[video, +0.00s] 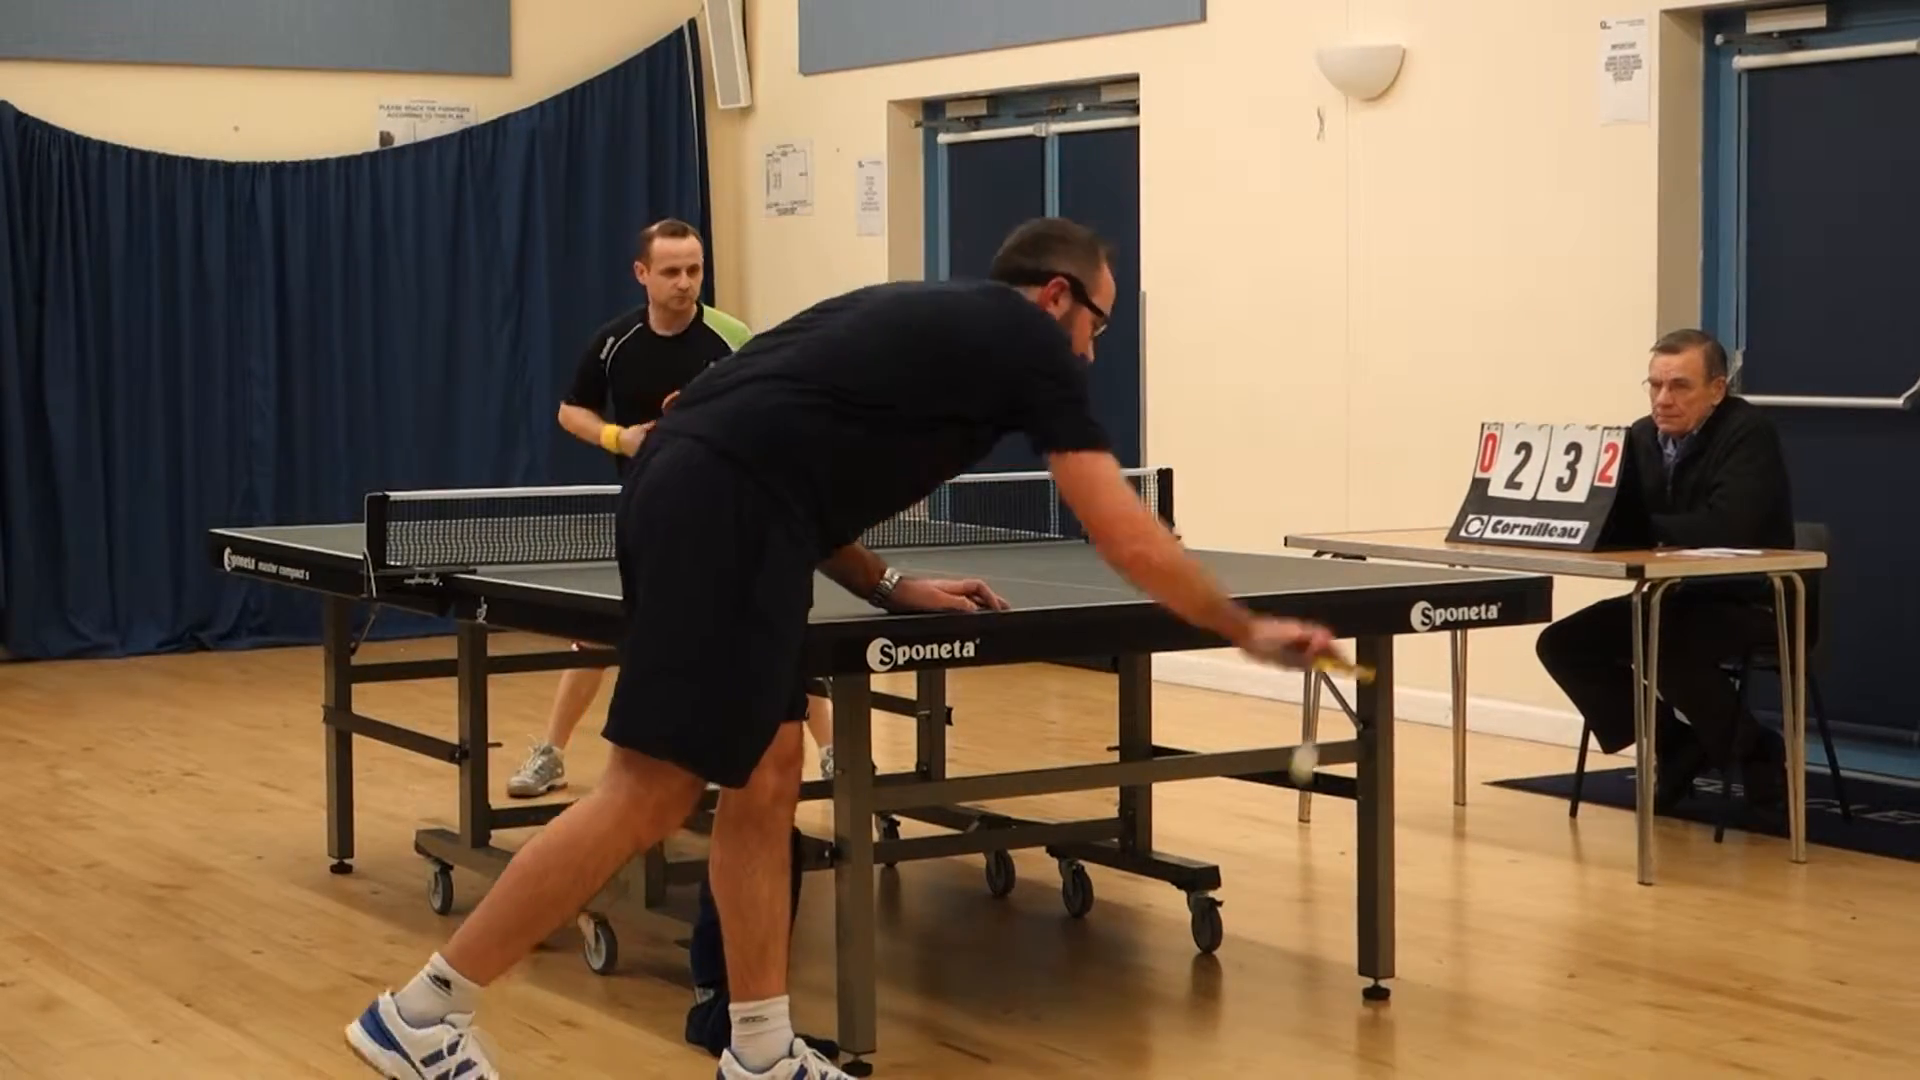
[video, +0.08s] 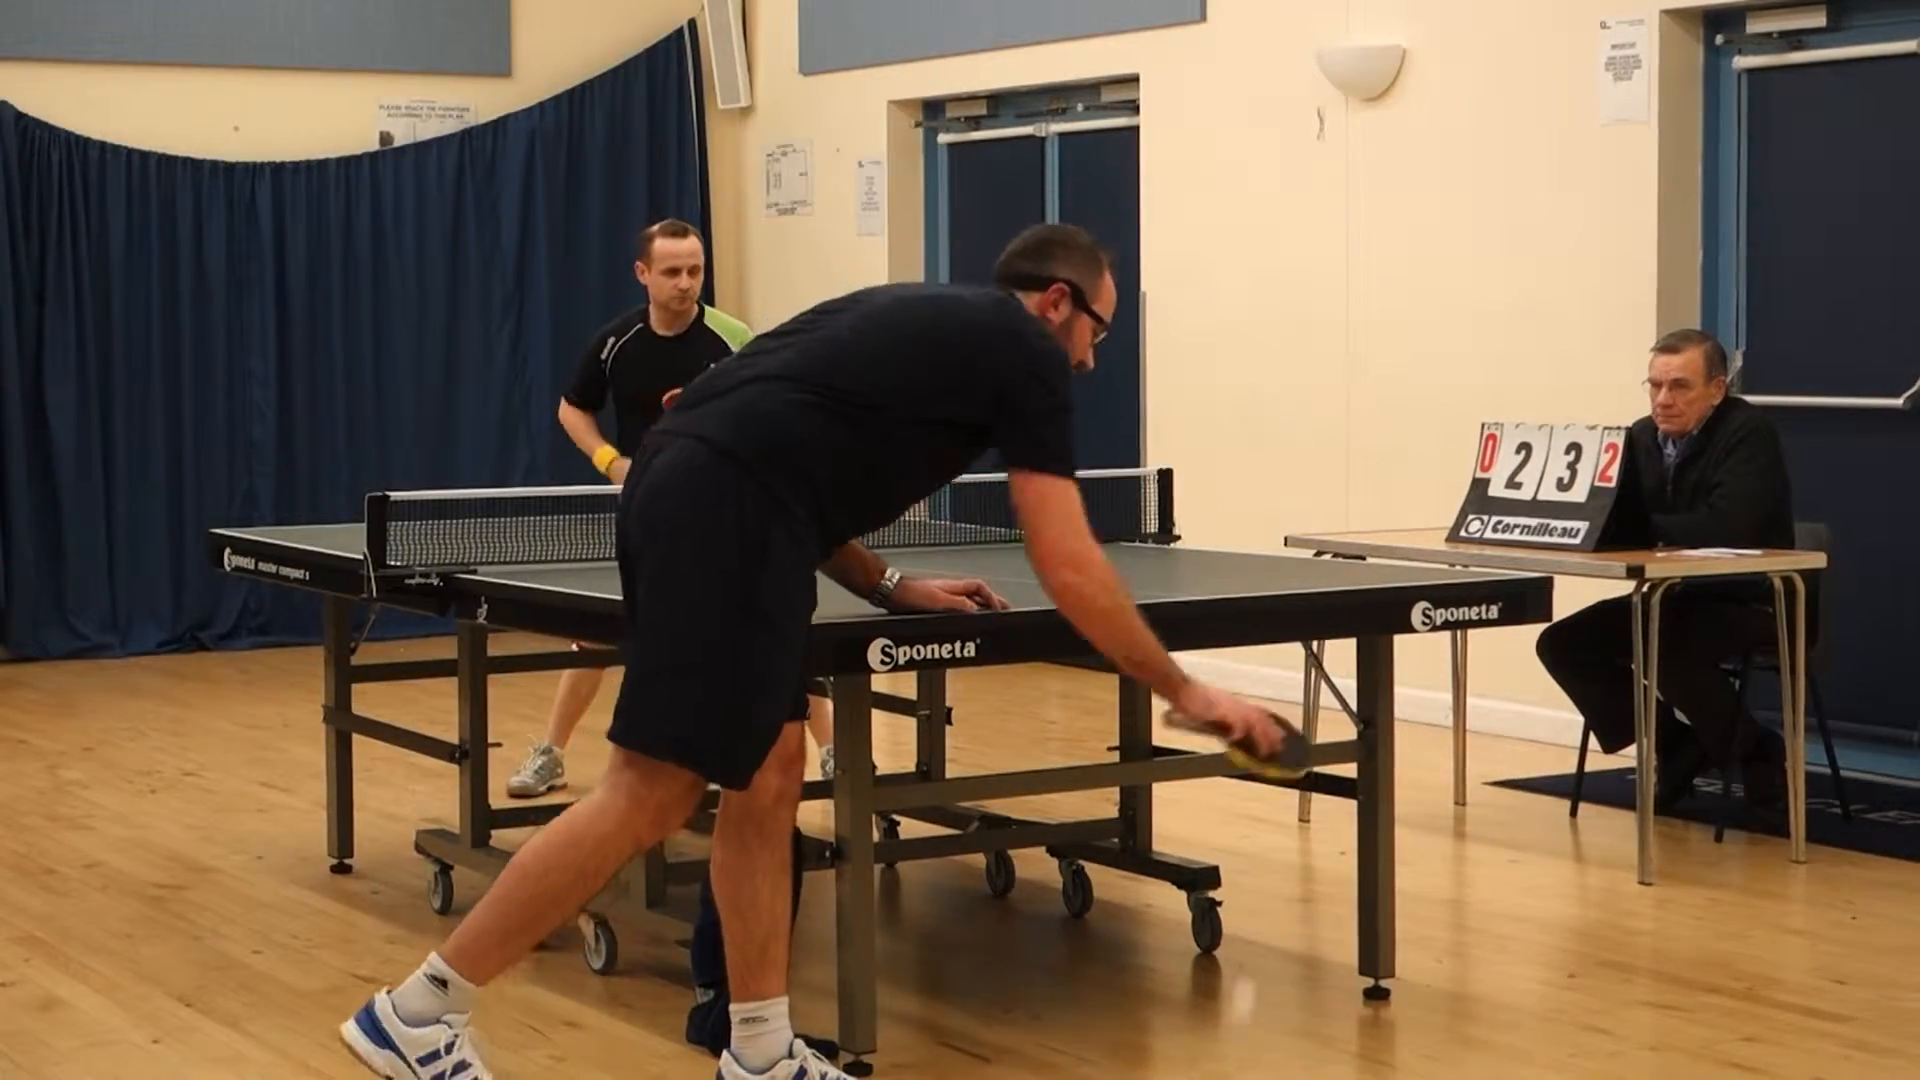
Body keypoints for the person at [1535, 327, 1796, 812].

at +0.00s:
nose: (1663, 399)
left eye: (1679, 386)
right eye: (1656, 384)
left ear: (1717, 390)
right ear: (1647, 385)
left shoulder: (1749, 433)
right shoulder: (1641, 438)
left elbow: (1732, 526)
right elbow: (1609, 517)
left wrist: (1638, 529)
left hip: (1755, 599)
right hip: (1672, 595)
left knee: (1668, 647)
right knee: (1561, 644)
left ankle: (1756, 749)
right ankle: (1675, 743)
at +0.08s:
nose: (1663, 399)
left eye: (1679, 386)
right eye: (1656, 385)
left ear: (1717, 390)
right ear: (1647, 385)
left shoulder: (1749, 433)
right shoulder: (1641, 438)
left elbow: (1731, 526)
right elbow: (1609, 517)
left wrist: (1637, 528)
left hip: (1755, 599)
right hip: (1672, 595)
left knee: (1668, 647)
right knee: (1561, 644)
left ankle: (1756, 749)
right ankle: (1675, 743)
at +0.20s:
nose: (1663, 399)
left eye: (1680, 385)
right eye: (1656, 384)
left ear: (1717, 389)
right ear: (1647, 385)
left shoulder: (1749, 433)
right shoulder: (1641, 438)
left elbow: (1731, 526)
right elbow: (1609, 517)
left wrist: (1637, 529)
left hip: (1755, 599)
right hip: (1672, 595)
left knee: (1669, 647)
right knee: (1561, 645)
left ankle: (1756, 749)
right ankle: (1675, 743)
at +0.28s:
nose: (1663, 398)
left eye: (1680, 385)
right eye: (1656, 384)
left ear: (1717, 390)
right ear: (1647, 385)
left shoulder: (1749, 434)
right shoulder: (1641, 438)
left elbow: (1731, 526)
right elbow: (1609, 517)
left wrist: (1638, 529)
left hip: (1755, 599)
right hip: (1672, 595)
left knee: (1669, 648)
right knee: (1562, 644)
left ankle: (1757, 749)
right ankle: (1674, 743)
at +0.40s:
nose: (1662, 398)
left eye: (1678, 385)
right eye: (1655, 384)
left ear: (1716, 389)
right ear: (1647, 386)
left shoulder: (1749, 433)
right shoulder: (1641, 437)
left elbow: (1732, 526)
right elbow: (1612, 517)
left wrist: (1639, 530)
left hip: (1754, 599)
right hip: (1673, 595)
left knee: (1666, 646)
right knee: (1561, 644)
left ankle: (1757, 750)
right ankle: (1674, 742)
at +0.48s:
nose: (1660, 398)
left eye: (1676, 385)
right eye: (1654, 384)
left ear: (1716, 389)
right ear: (1646, 385)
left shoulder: (1749, 435)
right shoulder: (1641, 438)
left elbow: (1734, 527)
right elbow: (1613, 518)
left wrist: (1641, 531)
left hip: (1753, 600)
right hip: (1672, 595)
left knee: (1666, 645)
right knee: (1562, 643)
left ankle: (1757, 751)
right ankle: (1673, 742)